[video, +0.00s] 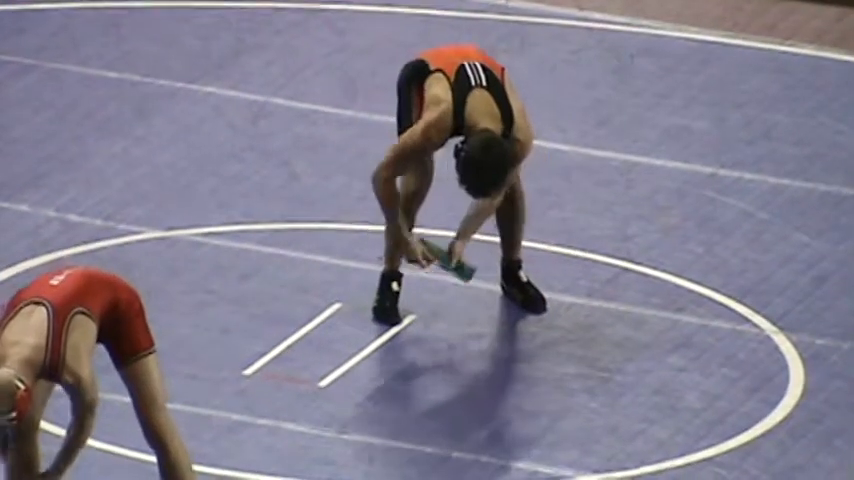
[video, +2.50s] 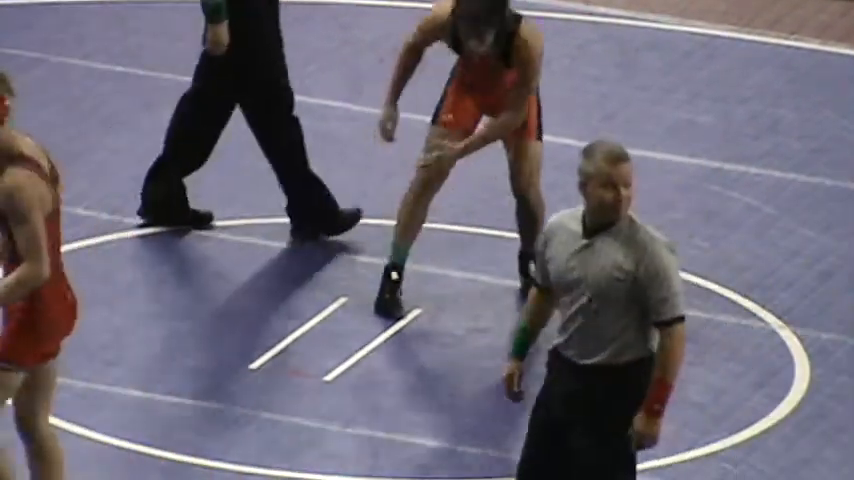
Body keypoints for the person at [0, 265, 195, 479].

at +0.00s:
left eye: (11, 426)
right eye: (9, 428)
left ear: (24, 402)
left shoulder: (74, 370)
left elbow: (83, 423)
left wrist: (55, 472)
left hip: (109, 293)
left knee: (157, 429)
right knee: (24, 427)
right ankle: (23, 474)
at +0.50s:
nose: (21, 441)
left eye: (17, 438)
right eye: (14, 440)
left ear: (32, 411)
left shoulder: (83, 384)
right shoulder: (4, 364)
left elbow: (91, 419)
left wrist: (54, 470)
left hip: (124, 297)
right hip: (67, 288)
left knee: (166, 431)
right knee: (36, 434)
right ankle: (31, 476)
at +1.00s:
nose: (19, 433)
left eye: (16, 430)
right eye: (13, 432)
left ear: (32, 407)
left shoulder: (82, 378)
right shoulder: (5, 363)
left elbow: (95, 413)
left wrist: (56, 464)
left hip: (127, 295)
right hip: (71, 286)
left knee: (170, 428)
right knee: (38, 432)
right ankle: (33, 473)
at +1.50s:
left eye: (27, 384)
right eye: (16, 388)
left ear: (45, 359)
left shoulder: (94, 352)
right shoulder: (9, 328)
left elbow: (86, 420)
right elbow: (23, 388)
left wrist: (50, 463)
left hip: (135, 290)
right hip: (71, 278)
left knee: (172, 430)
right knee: (41, 423)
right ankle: (33, 476)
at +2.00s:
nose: (29, 211)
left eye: (38, 199)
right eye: (20, 202)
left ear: (60, 186)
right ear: (12, 201)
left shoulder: (104, 221)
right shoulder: (41, 219)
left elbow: (125, 306)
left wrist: (59, 323)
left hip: (143, 316)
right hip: (94, 315)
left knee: (169, 433)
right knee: (42, 419)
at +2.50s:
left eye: (0, 103)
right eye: (2, 104)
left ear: (5, 106)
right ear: (6, 106)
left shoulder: (17, 183)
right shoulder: (29, 150)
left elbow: (37, 268)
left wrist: (0, 295)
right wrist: (12, 280)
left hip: (31, 311)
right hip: (52, 299)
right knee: (33, 421)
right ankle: (50, 474)